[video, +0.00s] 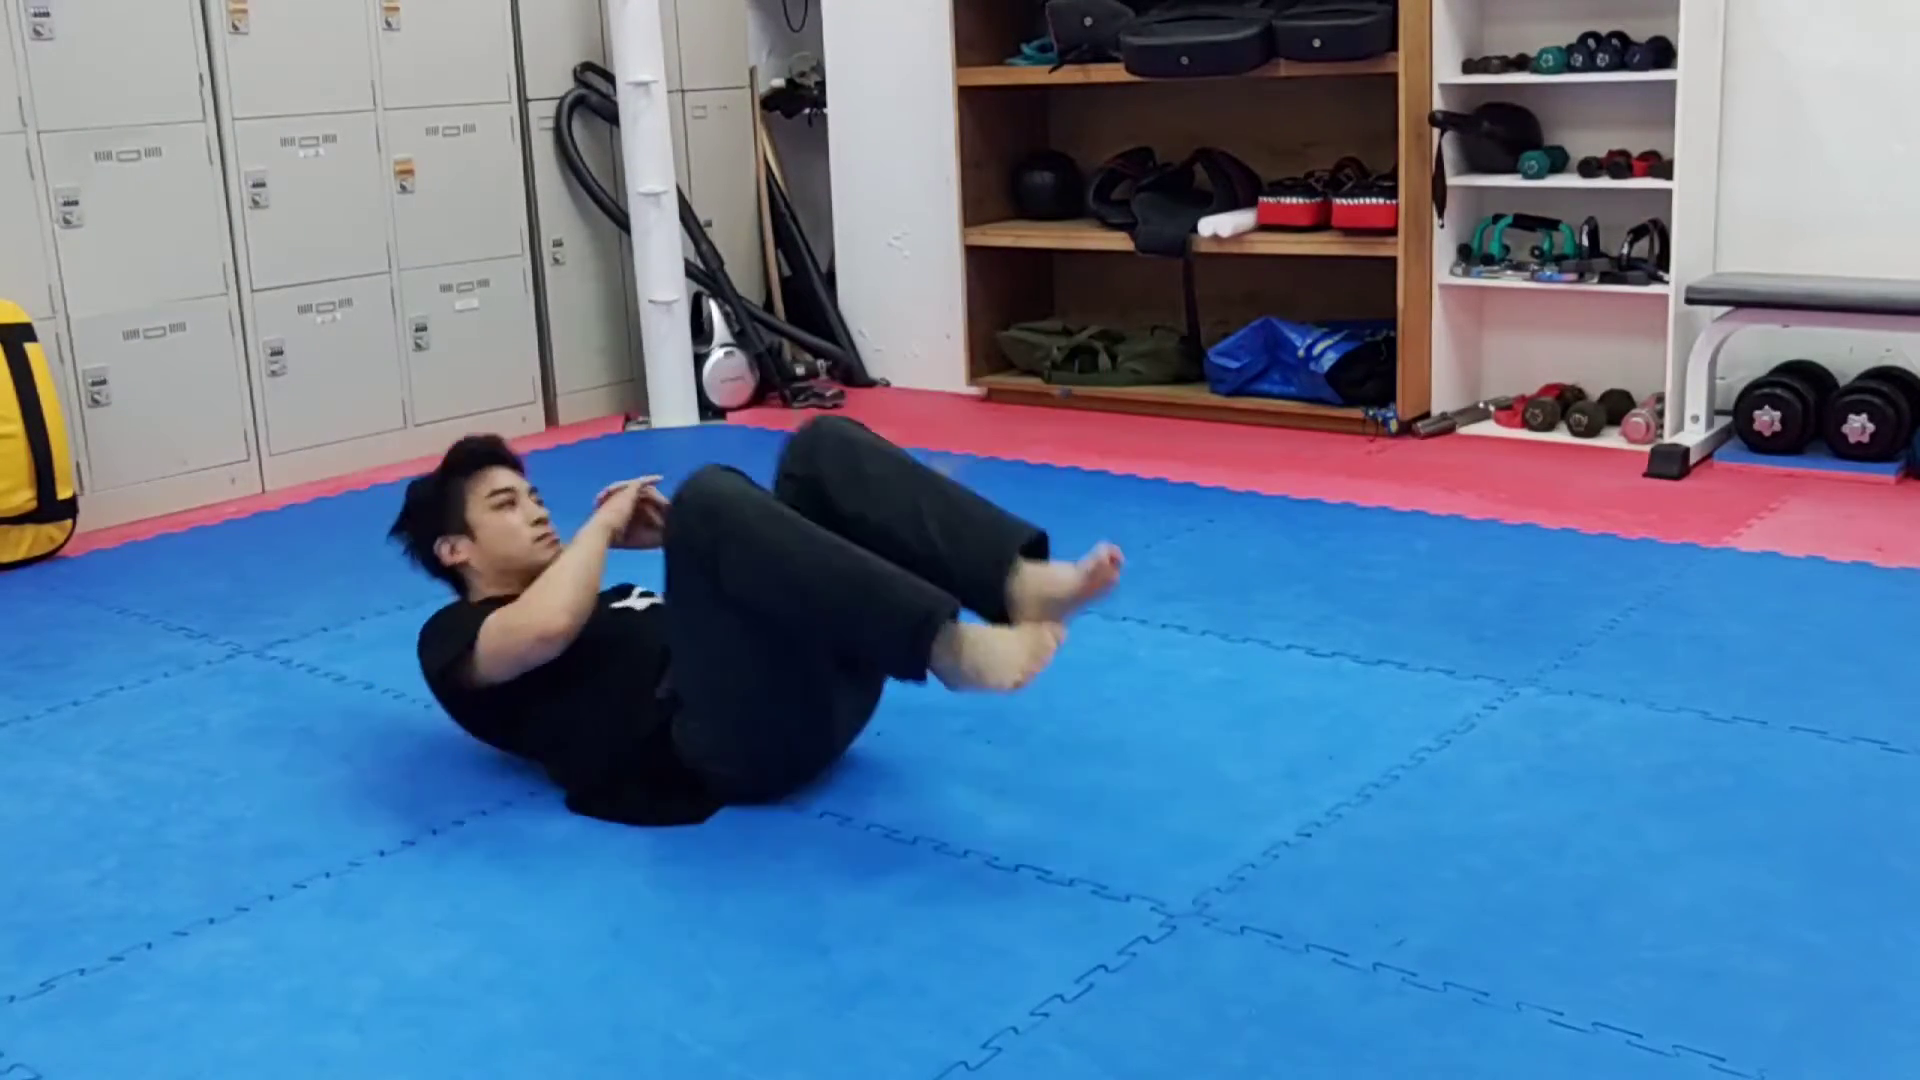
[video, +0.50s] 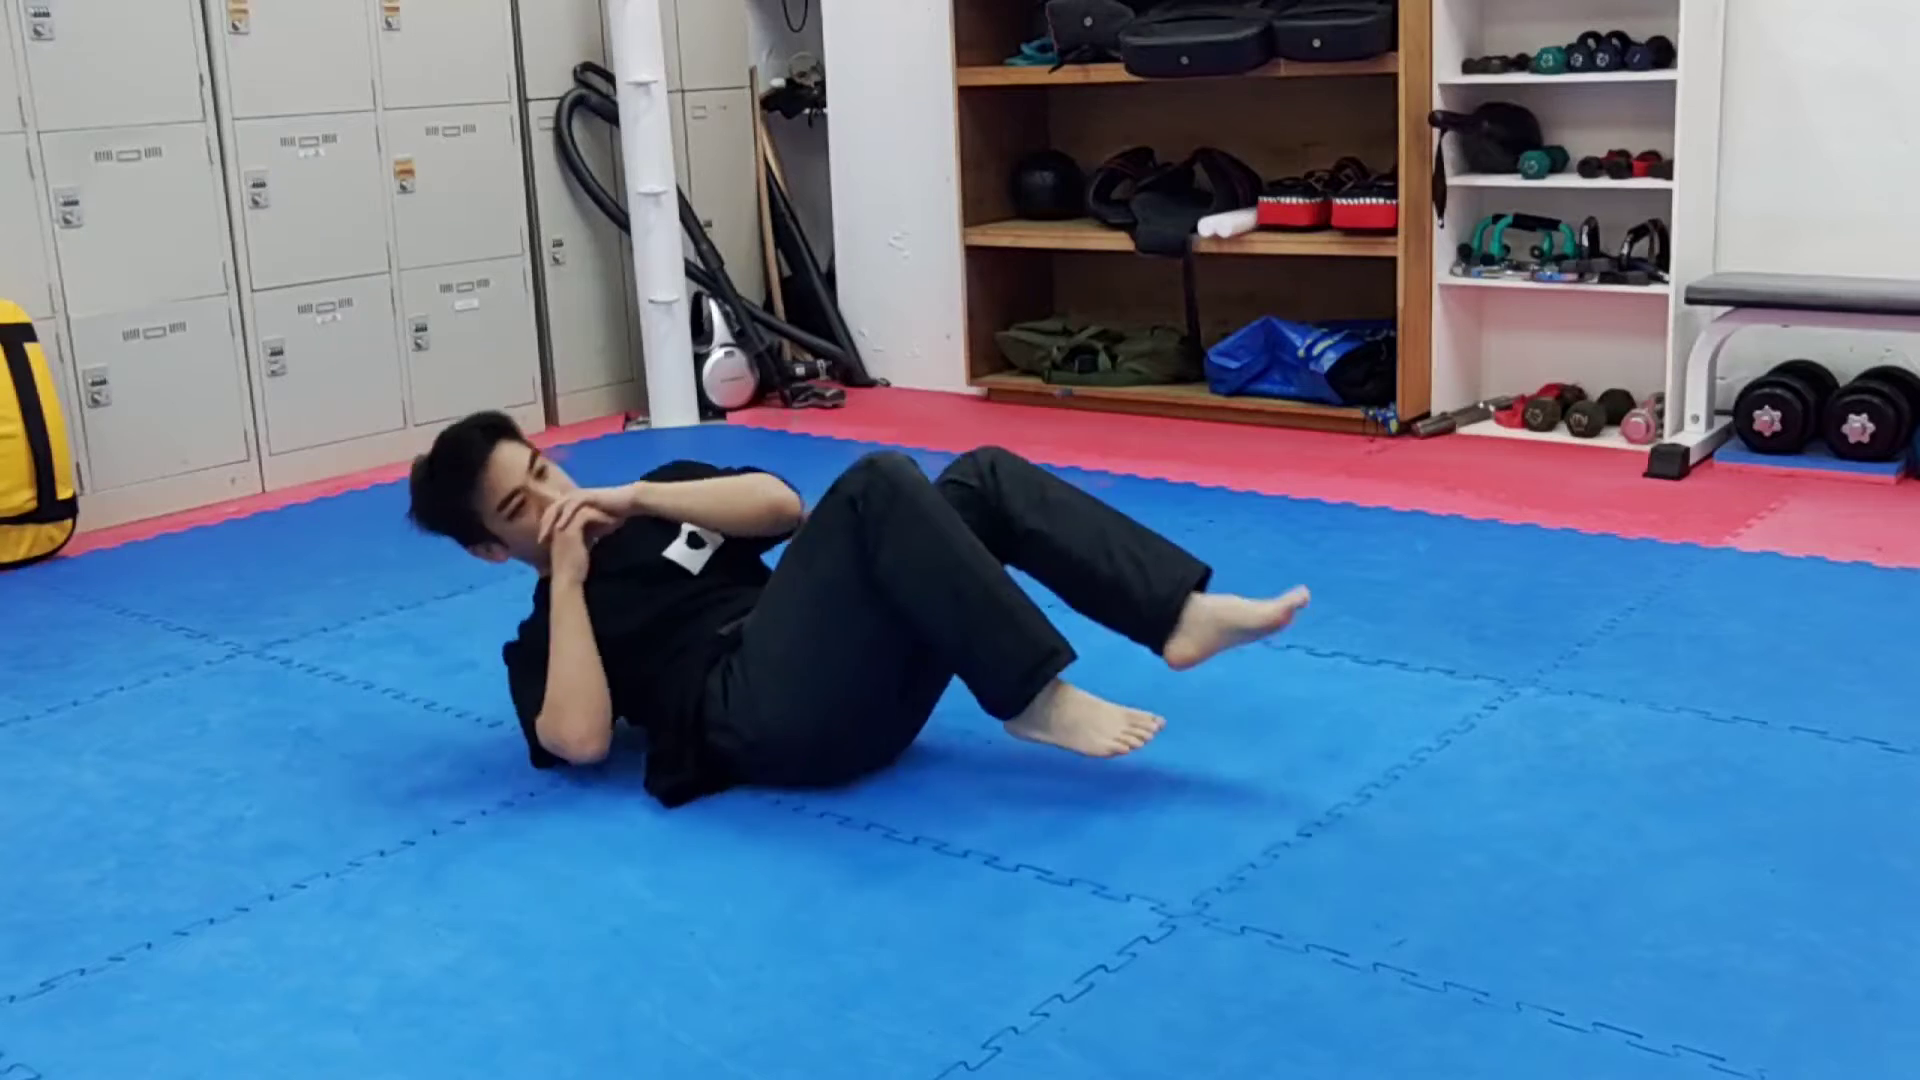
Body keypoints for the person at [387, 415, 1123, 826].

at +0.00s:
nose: (535, 513)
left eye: (531, 499)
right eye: (504, 506)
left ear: (544, 521)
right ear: (455, 554)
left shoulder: (589, 605)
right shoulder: (447, 643)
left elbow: (687, 644)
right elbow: (543, 629)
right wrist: (602, 530)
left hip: (807, 693)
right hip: (732, 747)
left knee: (821, 445)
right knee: (709, 501)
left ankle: (1017, 579)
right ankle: (948, 645)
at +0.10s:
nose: (575, 478)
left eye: (572, 461)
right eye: (546, 468)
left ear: (577, 476)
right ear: (490, 508)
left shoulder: (612, 572)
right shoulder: (471, 603)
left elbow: (768, 593)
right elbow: (566, 628)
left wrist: (704, 534)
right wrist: (629, 519)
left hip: (817, 702)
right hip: (735, 745)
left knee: (890, 467)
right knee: (772, 493)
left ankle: (1063, 643)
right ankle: (972, 691)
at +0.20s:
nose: (603, 452)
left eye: (599, 433)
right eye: (571, 441)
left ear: (601, 443)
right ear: (514, 482)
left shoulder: (649, 537)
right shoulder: (497, 584)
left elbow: (794, 579)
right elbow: (566, 638)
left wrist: (723, 509)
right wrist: (632, 513)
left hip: (844, 703)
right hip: (752, 743)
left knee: (935, 481)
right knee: (819, 487)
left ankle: (1115, 656)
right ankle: (999, 696)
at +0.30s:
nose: (598, 440)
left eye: (594, 418)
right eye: (565, 437)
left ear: (610, 420)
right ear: (519, 484)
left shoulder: (681, 499)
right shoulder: (525, 588)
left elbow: (825, 547)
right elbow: (559, 666)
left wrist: (718, 487)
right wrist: (618, 524)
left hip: (860, 694)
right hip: (766, 739)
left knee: (964, 481)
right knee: (857, 483)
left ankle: (1158, 639)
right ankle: (1032, 691)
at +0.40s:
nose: (570, 465)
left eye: (563, 441)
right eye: (537, 472)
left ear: (580, 430)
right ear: (507, 514)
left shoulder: (678, 487)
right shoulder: (539, 612)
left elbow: (822, 521)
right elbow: (569, 711)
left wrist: (689, 487)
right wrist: (594, 547)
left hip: (868, 677)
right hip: (775, 731)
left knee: (987, 482)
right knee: (882, 487)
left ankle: (1184, 629)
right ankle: (1052, 698)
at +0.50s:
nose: (543, 498)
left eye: (535, 475)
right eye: (514, 506)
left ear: (554, 460)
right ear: (490, 543)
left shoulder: (652, 511)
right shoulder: (534, 635)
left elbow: (788, 507)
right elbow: (579, 742)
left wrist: (637, 500)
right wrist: (564, 585)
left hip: (864, 681)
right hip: (775, 730)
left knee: (983, 476)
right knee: (878, 480)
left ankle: (1179, 616)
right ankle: (1035, 697)